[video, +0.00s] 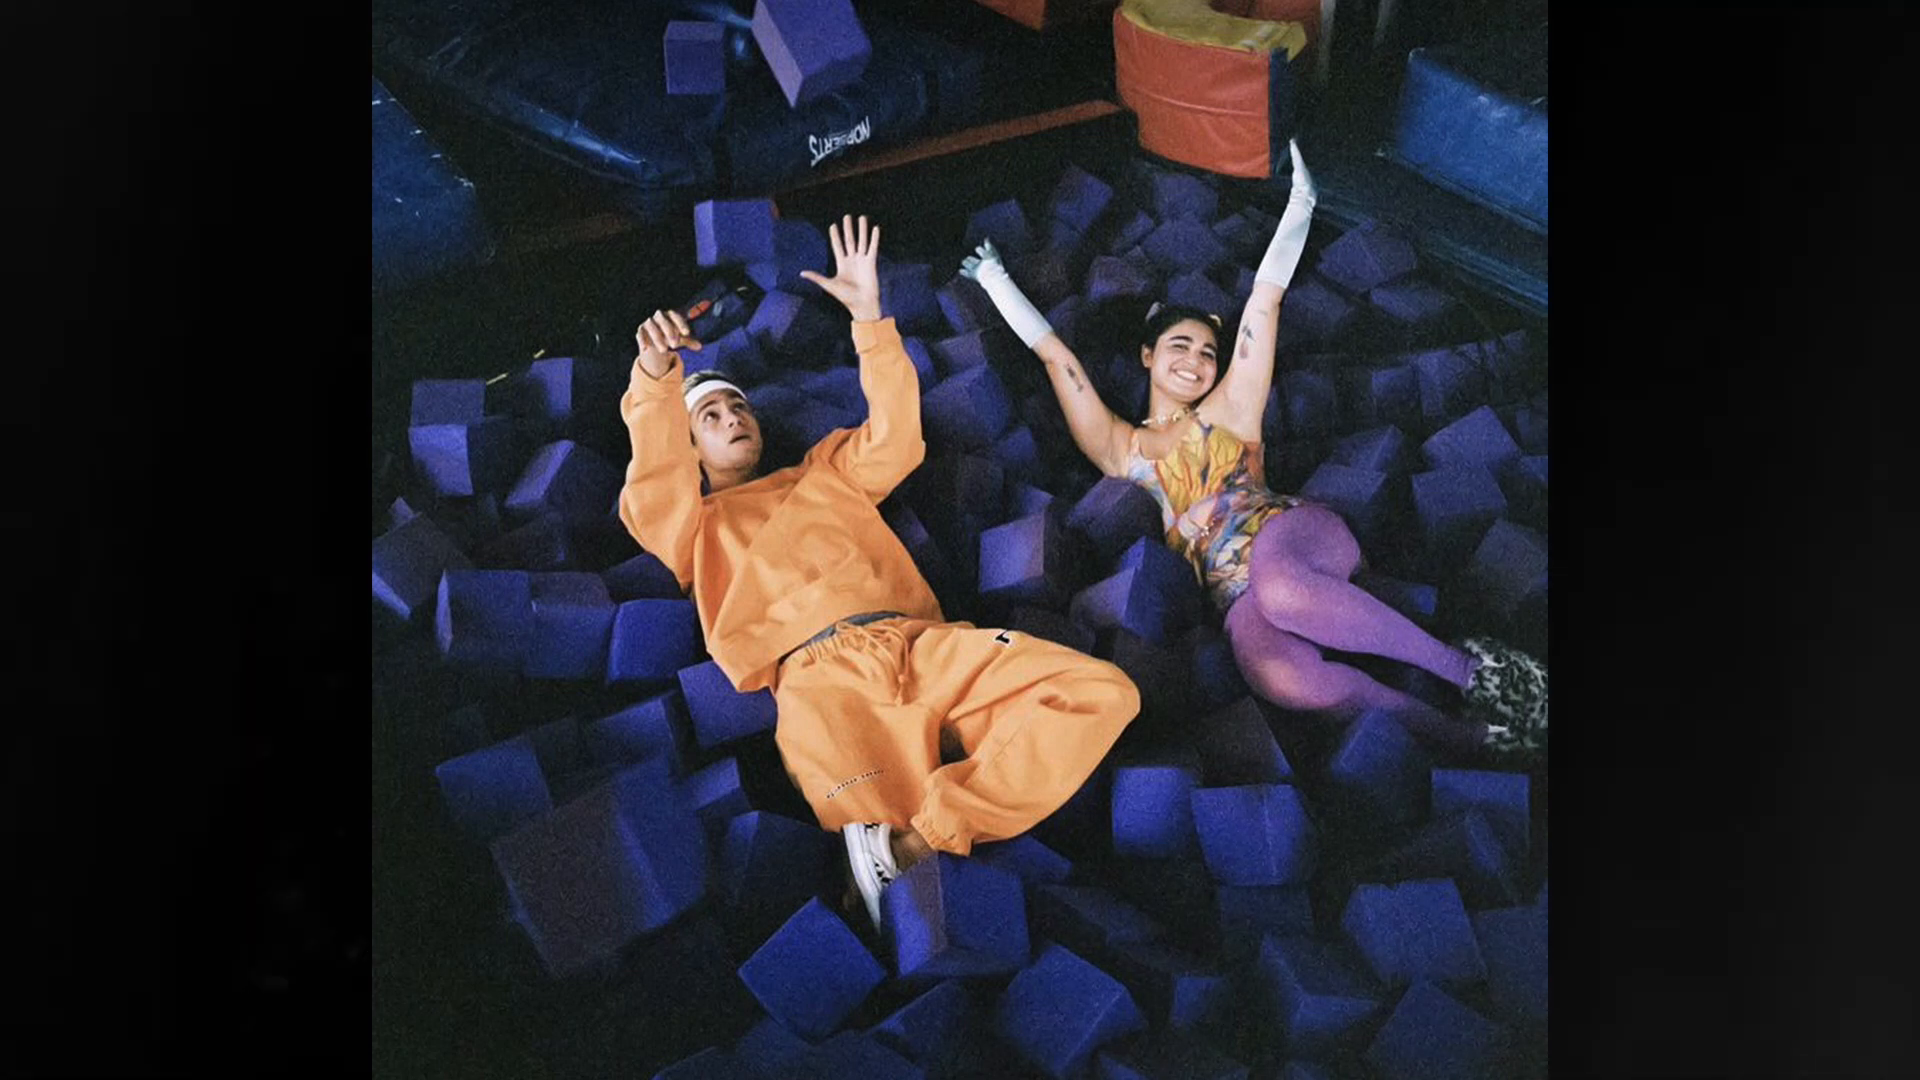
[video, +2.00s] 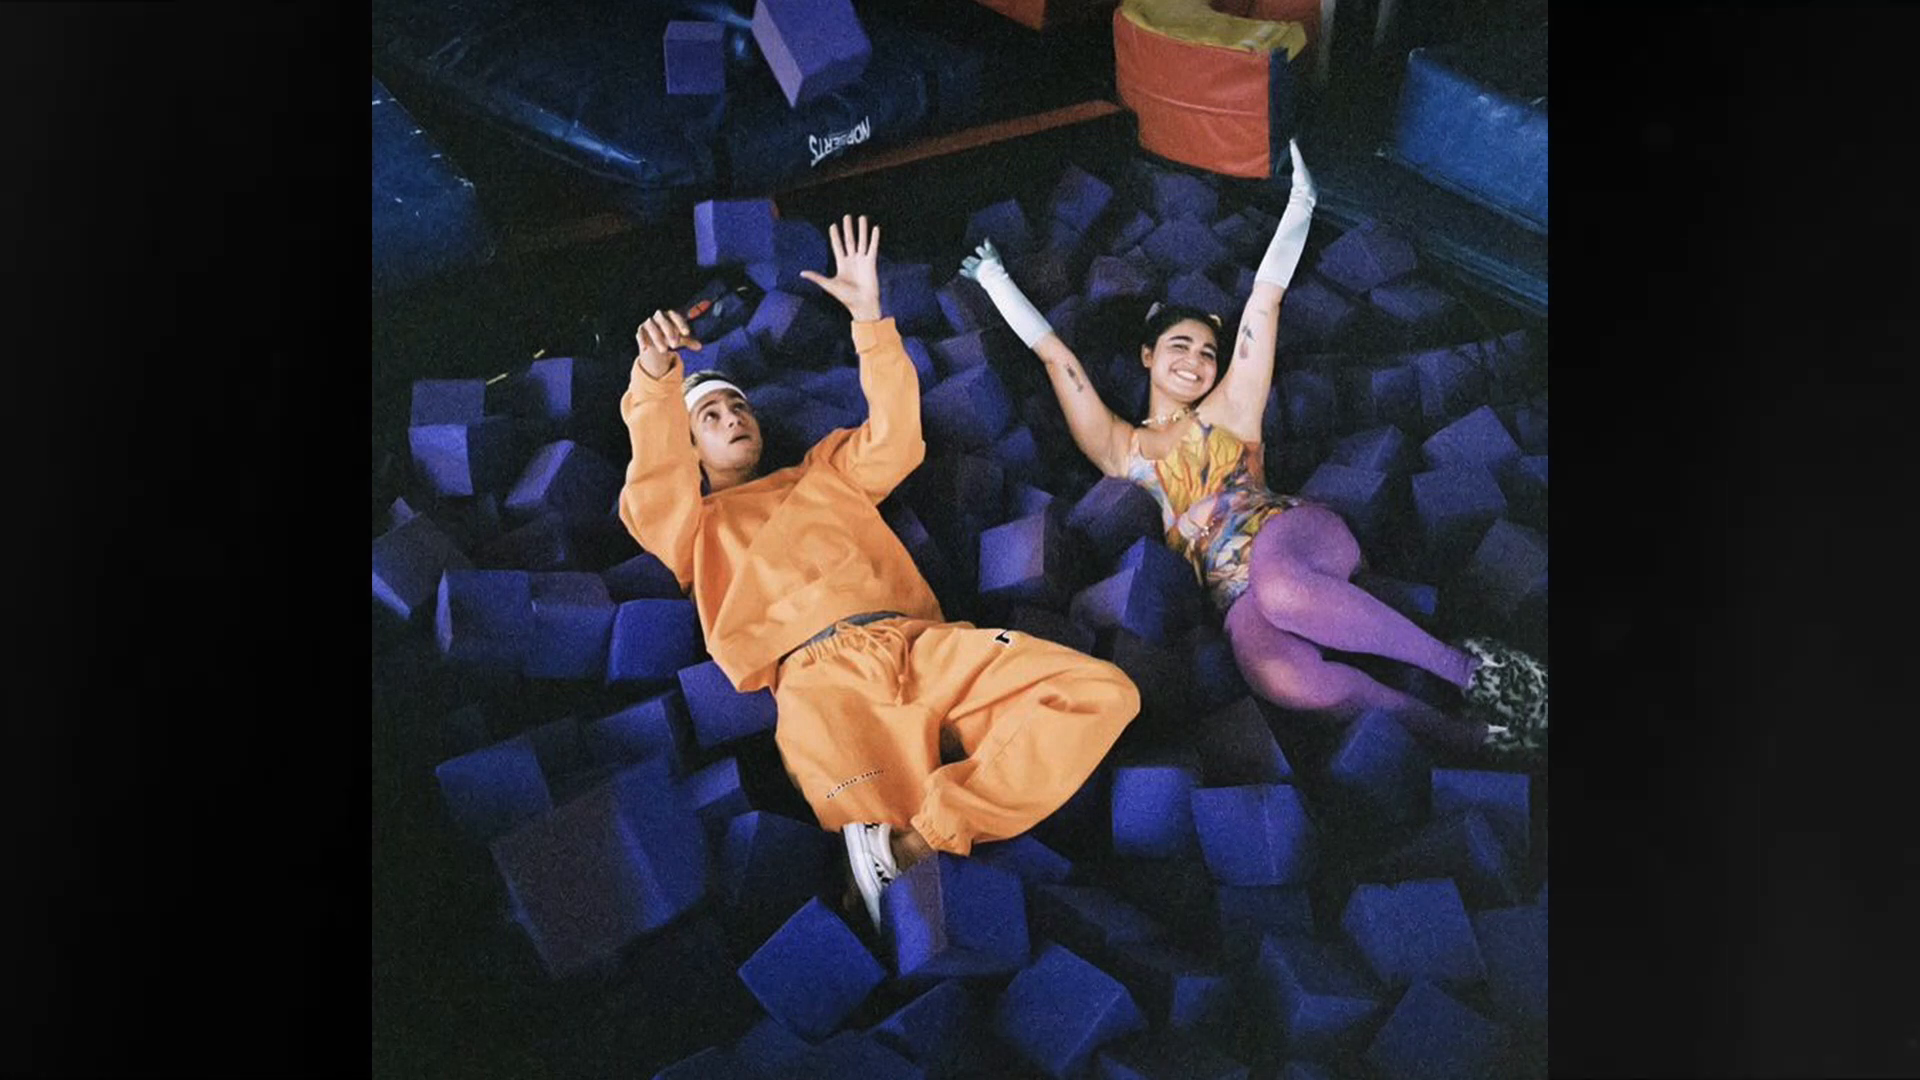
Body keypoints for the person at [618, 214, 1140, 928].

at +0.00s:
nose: (730, 418)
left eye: (738, 407)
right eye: (709, 415)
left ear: (761, 426)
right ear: (688, 449)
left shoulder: (827, 468)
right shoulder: (696, 525)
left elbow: (895, 435)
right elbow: (654, 477)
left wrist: (868, 317)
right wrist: (655, 374)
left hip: (917, 640)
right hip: (819, 673)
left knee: (1094, 693)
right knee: (880, 826)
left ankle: (915, 841)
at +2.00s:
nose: (730, 418)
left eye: (738, 407)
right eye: (709, 415)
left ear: (761, 426)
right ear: (688, 448)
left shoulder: (827, 468)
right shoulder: (695, 525)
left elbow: (895, 435)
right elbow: (654, 477)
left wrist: (868, 317)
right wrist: (655, 373)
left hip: (918, 640)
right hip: (819, 673)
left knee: (1094, 692)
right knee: (881, 828)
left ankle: (917, 841)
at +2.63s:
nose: (730, 418)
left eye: (738, 407)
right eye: (709, 415)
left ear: (761, 426)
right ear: (688, 448)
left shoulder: (827, 468)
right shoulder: (695, 525)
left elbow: (895, 435)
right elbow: (654, 477)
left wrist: (868, 317)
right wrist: (655, 373)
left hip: (918, 640)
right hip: (819, 673)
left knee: (1094, 692)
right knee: (880, 827)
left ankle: (917, 841)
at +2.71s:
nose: (730, 418)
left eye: (738, 407)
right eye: (709, 415)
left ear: (761, 426)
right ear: (688, 449)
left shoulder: (827, 468)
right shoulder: (696, 525)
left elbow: (895, 435)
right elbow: (654, 477)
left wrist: (868, 316)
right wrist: (655, 374)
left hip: (917, 640)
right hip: (819, 673)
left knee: (1094, 693)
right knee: (880, 826)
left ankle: (915, 841)